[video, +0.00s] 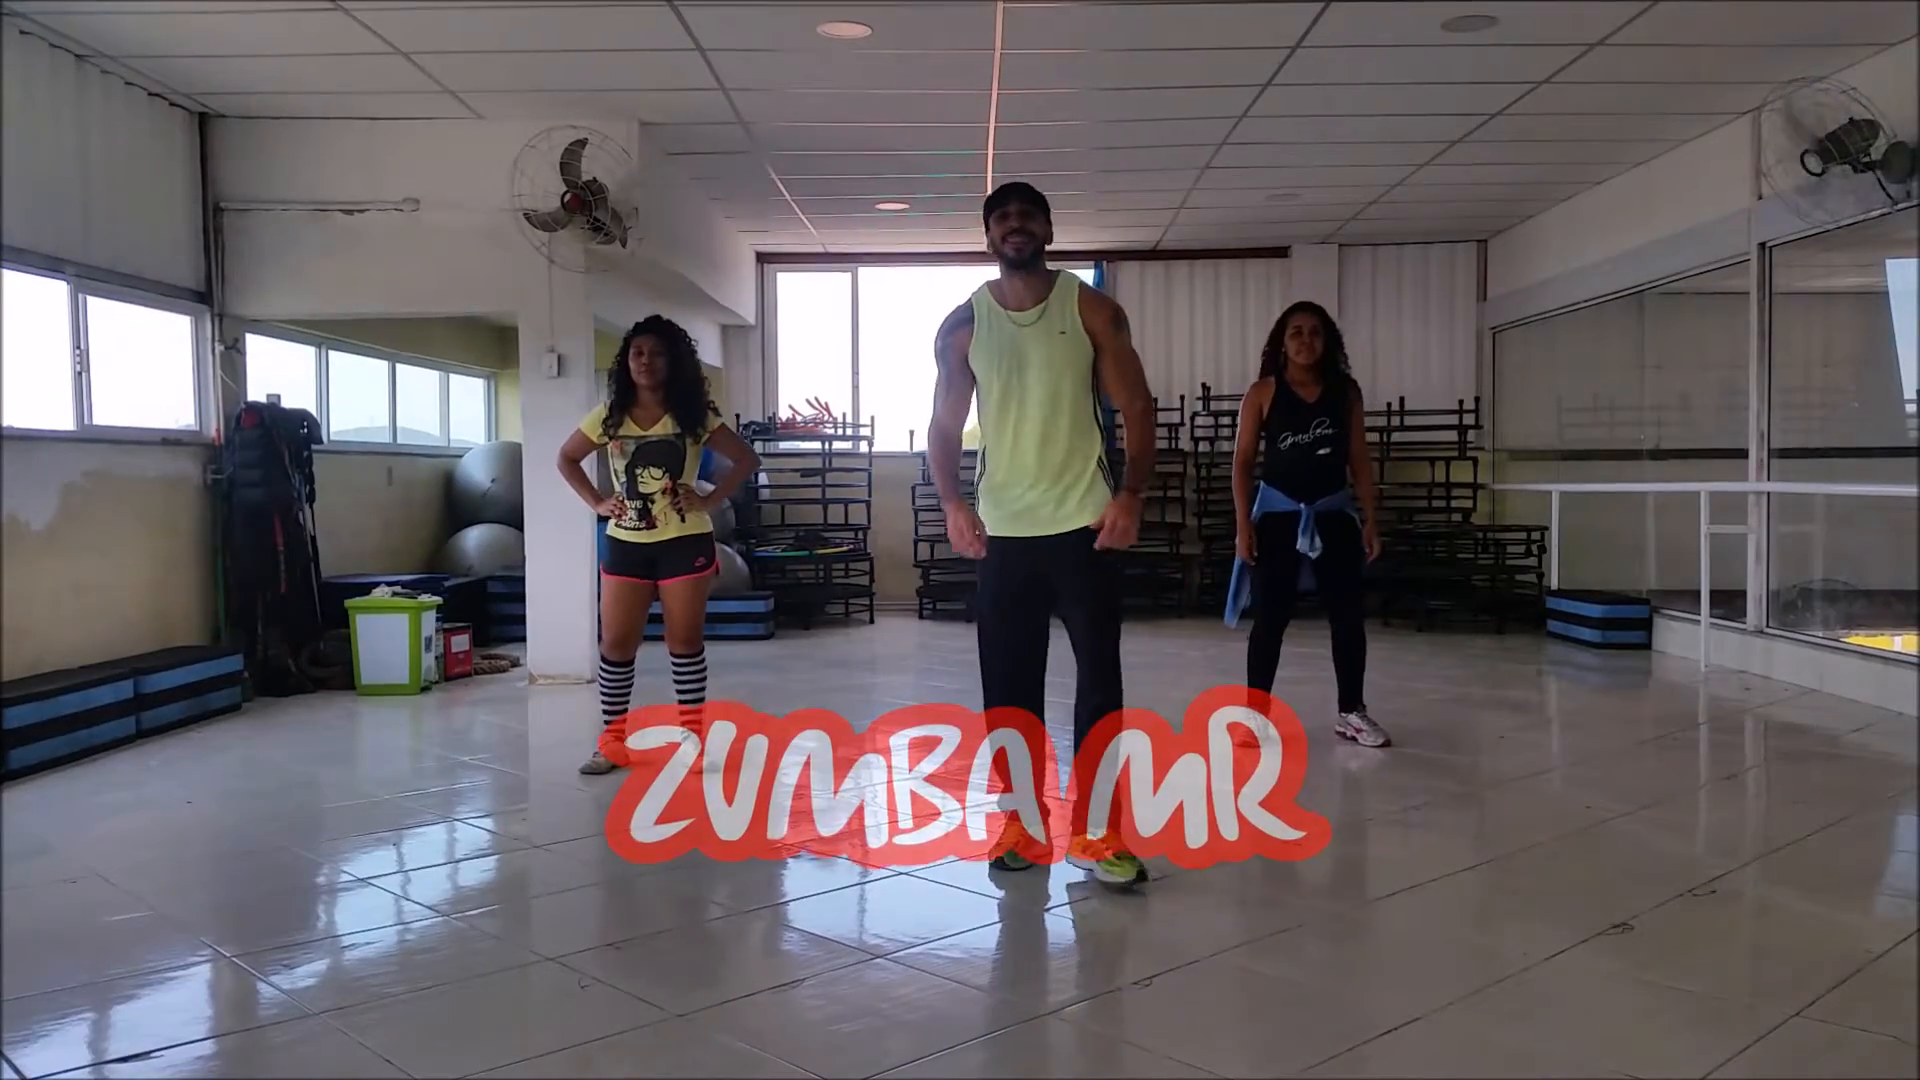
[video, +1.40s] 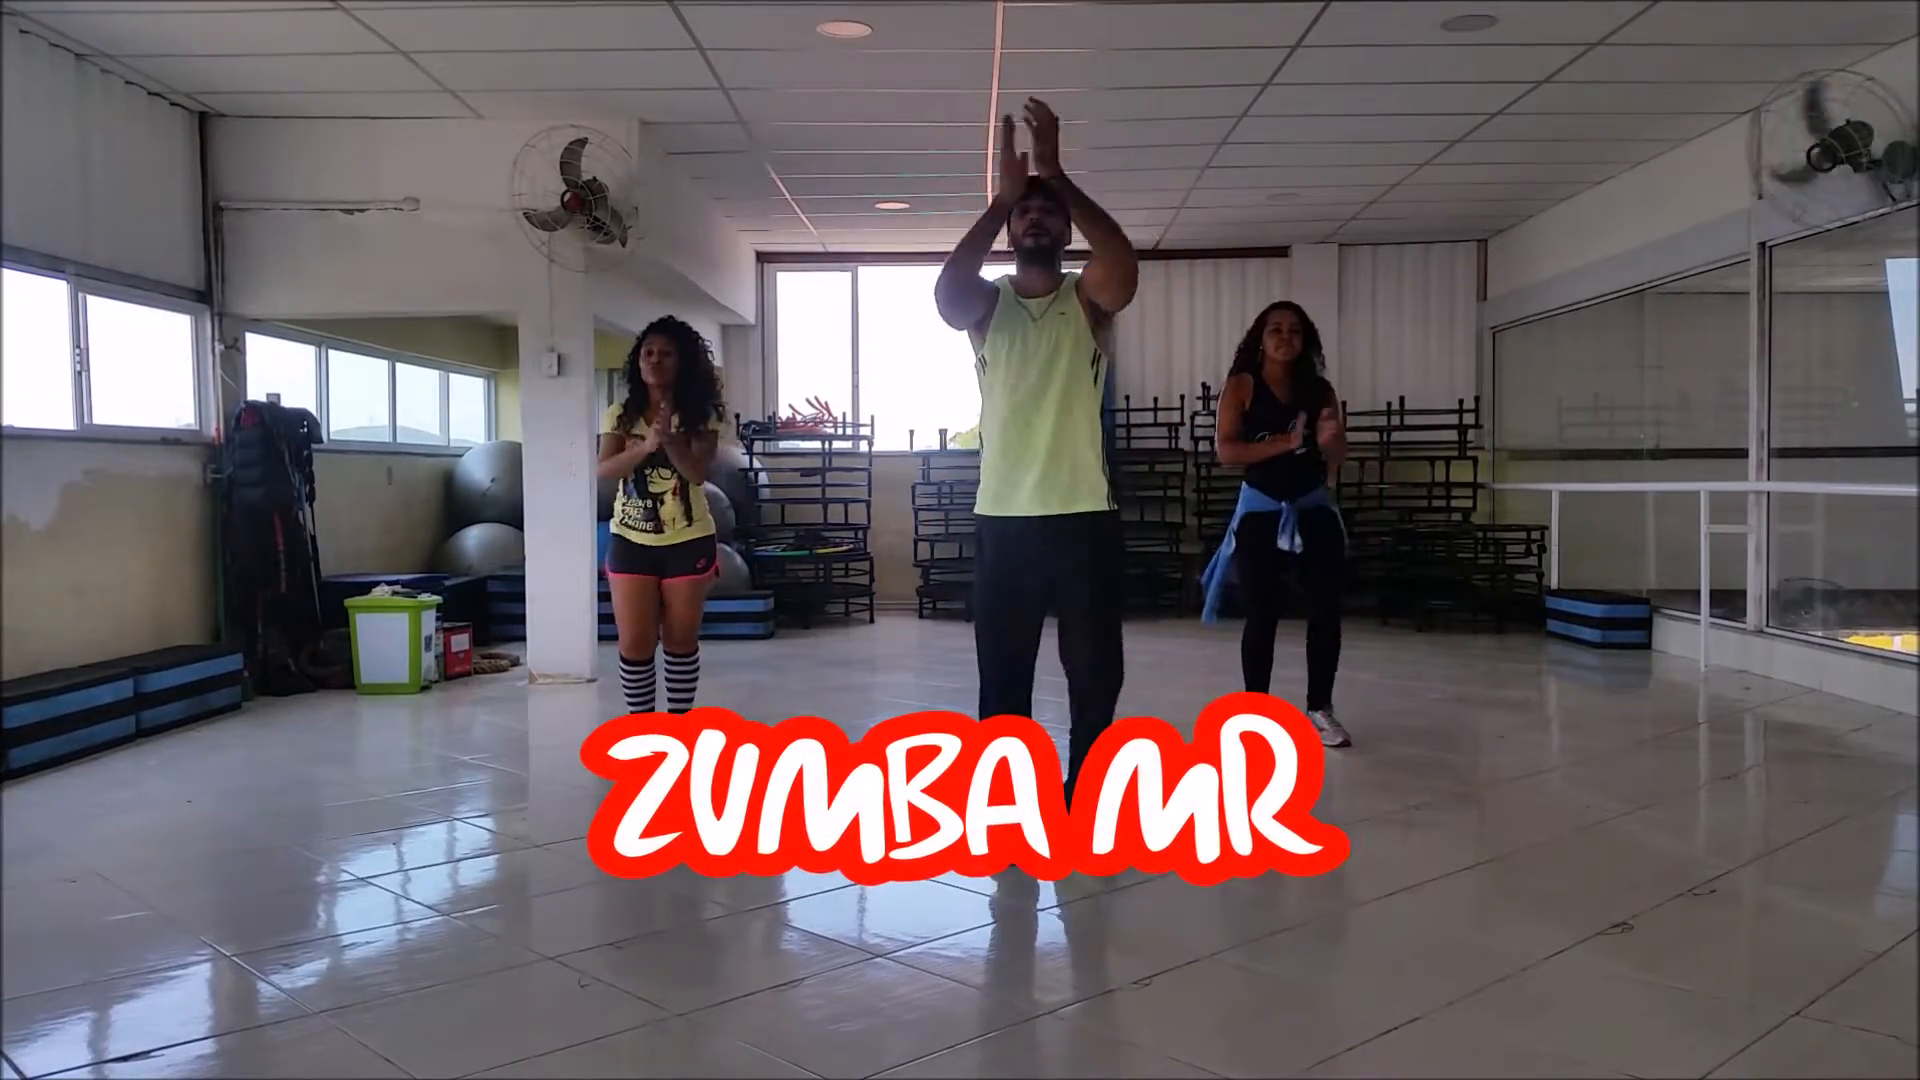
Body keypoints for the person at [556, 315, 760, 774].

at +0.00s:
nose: (644, 360)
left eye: (655, 353)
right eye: (637, 352)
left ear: (674, 362)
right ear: (626, 361)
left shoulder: (694, 414)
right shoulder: (611, 413)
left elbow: (747, 459)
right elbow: (566, 458)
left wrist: (710, 500)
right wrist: (597, 501)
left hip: (685, 544)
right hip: (625, 546)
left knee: (685, 645)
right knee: (616, 647)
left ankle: (693, 742)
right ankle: (613, 742)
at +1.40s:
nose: (654, 360)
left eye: (665, 353)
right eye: (647, 352)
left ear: (683, 363)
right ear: (638, 361)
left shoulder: (700, 414)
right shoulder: (621, 414)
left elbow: (698, 473)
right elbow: (604, 469)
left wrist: (670, 440)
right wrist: (646, 446)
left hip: (688, 541)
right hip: (630, 541)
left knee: (681, 643)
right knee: (634, 646)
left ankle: (680, 733)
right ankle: (641, 734)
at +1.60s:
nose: (645, 359)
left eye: (658, 354)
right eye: (639, 352)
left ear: (677, 367)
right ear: (631, 361)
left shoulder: (690, 412)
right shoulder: (614, 411)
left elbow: (733, 442)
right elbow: (565, 442)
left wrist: (710, 391)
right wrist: (592, 392)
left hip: (682, 542)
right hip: (624, 543)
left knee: (677, 642)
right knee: (630, 644)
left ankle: (681, 730)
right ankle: (640, 732)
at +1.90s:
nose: (651, 354)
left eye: (662, 348)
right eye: (644, 347)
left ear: (678, 359)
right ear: (635, 356)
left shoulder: (690, 405)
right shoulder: (619, 405)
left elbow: (701, 363)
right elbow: (597, 368)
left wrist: (662, 312)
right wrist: (639, 317)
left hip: (684, 539)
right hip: (626, 539)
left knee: (679, 648)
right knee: (636, 649)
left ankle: (681, 738)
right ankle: (641, 740)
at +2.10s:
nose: (658, 355)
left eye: (669, 349)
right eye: (651, 349)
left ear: (689, 361)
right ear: (639, 359)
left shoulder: (703, 406)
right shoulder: (622, 406)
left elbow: (729, 346)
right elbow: (575, 357)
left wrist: (707, 283)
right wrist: (585, 287)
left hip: (692, 543)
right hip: (633, 543)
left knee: (686, 647)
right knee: (627, 642)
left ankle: (682, 733)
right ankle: (640, 726)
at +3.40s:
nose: (660, 359)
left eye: (671, 352)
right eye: (652, 350)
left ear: (687, 358)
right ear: (639, 356)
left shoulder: (701, 404)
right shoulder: (622, 403)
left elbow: (723, 340)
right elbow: (588, 346)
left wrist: (688, 283)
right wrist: (625, 291)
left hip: (691, 541)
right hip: (633, 541)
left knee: (685, 644)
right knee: (641, 645)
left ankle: (689, 733)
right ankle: (651, 737)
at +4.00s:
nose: (667, 363)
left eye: (677, 356)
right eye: (658, 355)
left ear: (694, 364)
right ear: (645, 361)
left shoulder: (709, 409)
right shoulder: (630, 405)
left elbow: (730, 343)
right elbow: (592, 350)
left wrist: (713, 281)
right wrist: (598, 284)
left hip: (697, 543)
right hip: (639, 541)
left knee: (692, 647)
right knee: (626, 633)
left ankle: (692, 730)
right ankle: (646, 715)